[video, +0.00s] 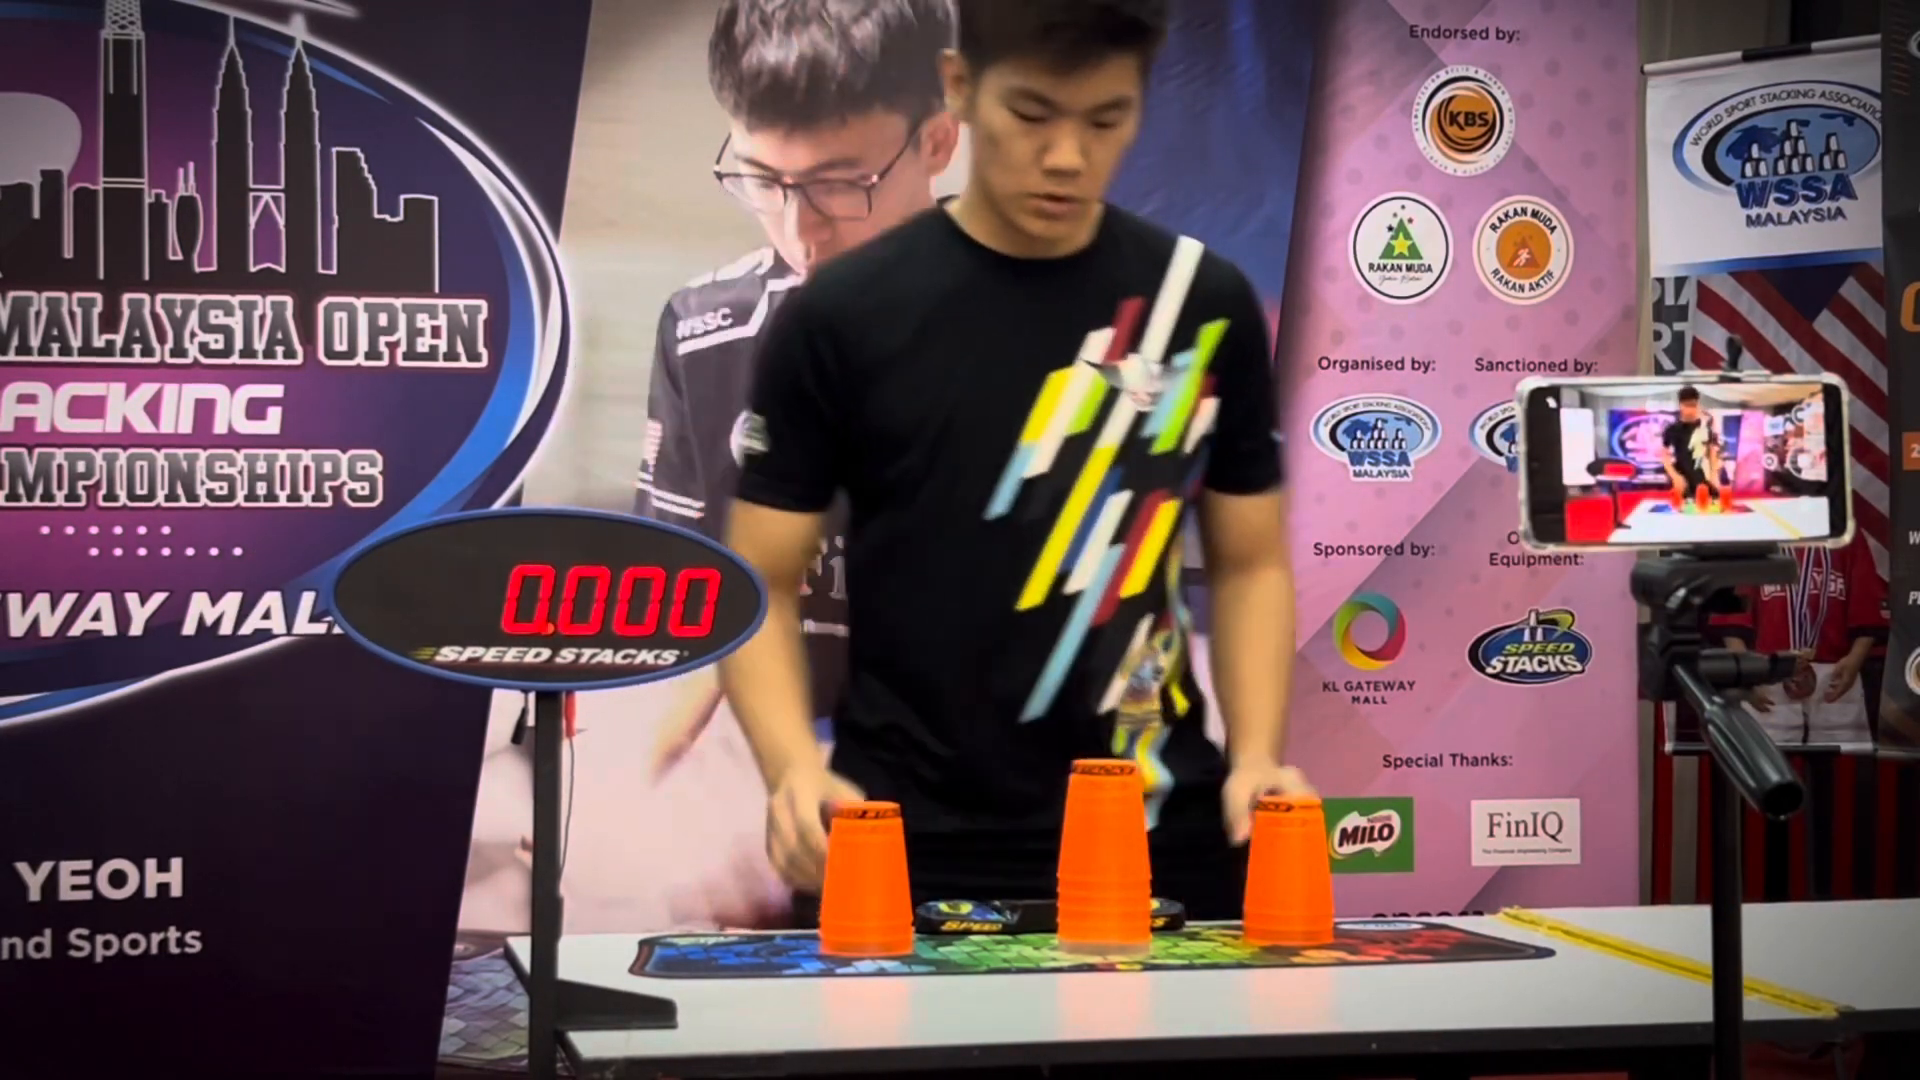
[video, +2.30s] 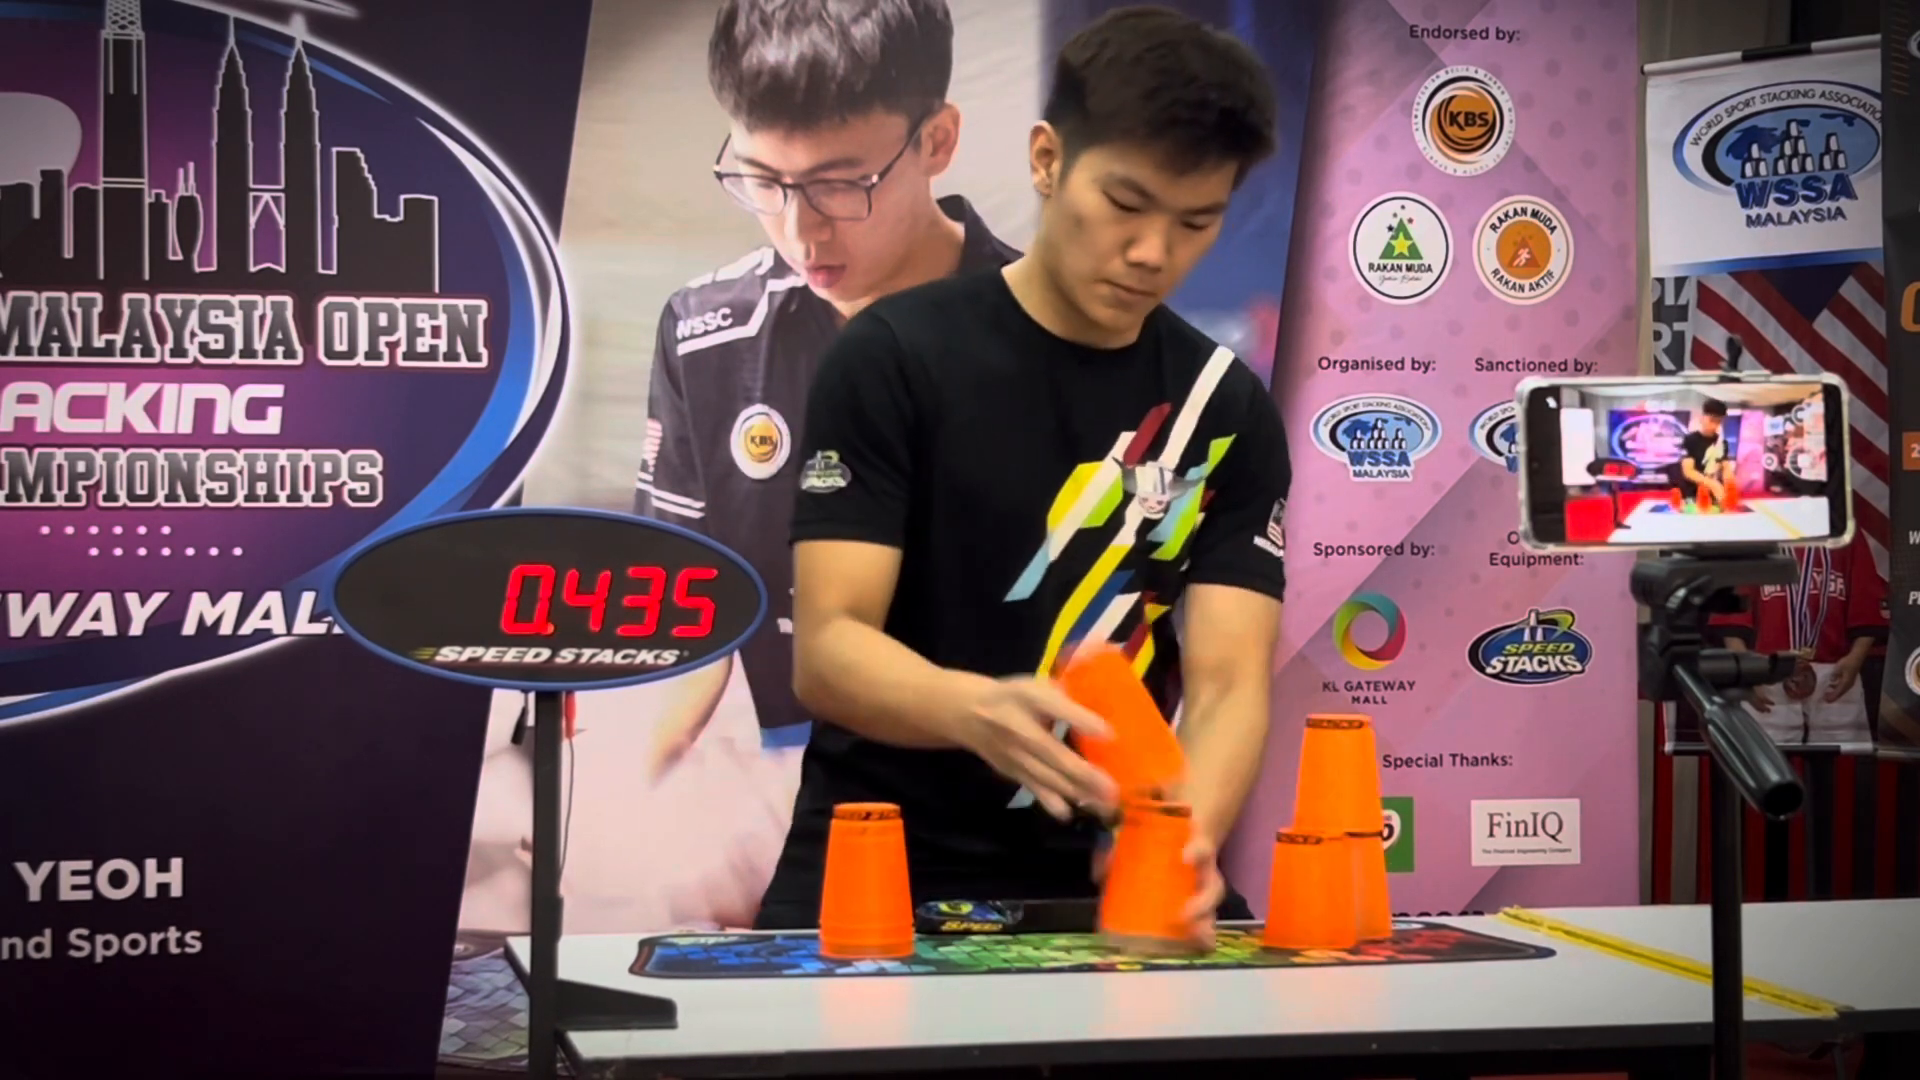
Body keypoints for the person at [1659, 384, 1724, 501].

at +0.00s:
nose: (1691, 411)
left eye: (1694, 406)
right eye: (1687, 406)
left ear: (1698, 406)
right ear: (1680, 406)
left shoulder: (1707, 428)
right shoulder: (1673, 430)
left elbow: (1713, 453)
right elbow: (1666, 457)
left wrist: (1714, 477)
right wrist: (1676, 478)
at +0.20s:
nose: (1701, 413)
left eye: (1704, 409)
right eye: (1697, 409)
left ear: (1708, 408)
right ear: (1690, 408)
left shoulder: (1715, 431)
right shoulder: (1681, 433)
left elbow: (1722, 457)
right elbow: (1674, 459)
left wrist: (1723, 482)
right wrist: (1677, 484)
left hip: (1711, 490)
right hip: (1688, 490)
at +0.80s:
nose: (1707, 418)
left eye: (1711, 414)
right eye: (1704, 413)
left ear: (1715, 413)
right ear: (1697, 411)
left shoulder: (1719, 436)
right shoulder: (1686, 435)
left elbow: (1722, 462)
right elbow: (1676, 460)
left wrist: (1720, 487)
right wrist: (1678, 480)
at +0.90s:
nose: (1708, 418)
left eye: (1712, 414)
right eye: (1705, 413)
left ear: (1716, 413)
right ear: (1698, 412)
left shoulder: (1720, 437)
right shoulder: (1687, 435)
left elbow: (1723, 463)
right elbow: (1679, 463)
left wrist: (1719, 485)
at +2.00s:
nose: (1709, 427)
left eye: (1713, 422)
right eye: (1706, 421)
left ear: (1717, 421)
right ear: (1699, 418)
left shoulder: (1721, 443)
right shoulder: (1687, 439)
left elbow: (1723, 471)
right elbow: (1676, 467)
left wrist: (1715, 491)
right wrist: (1696, 485)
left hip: (1711, 497)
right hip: (1688, 497)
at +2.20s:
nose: (1714, 426)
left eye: (1717, 422)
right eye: (1711, 421)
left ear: (1721, 422)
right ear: (1702, 418)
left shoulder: (1721, 443)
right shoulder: (1690, 440)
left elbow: (1724, 467)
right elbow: (1688, 470)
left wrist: (1726, 482)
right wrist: (1713, 480)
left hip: (1715, 496)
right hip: (1693, 495)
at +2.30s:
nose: (1714, 426)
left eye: (1718, 422)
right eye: (1712, 421)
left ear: (1721, 422)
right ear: (1703, 418)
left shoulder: (1722, 443)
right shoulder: (1691, 440)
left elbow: (1725, 467)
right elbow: (1688, 470)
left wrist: (1729, 487)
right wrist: (1713, 486)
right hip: (1693, 494)